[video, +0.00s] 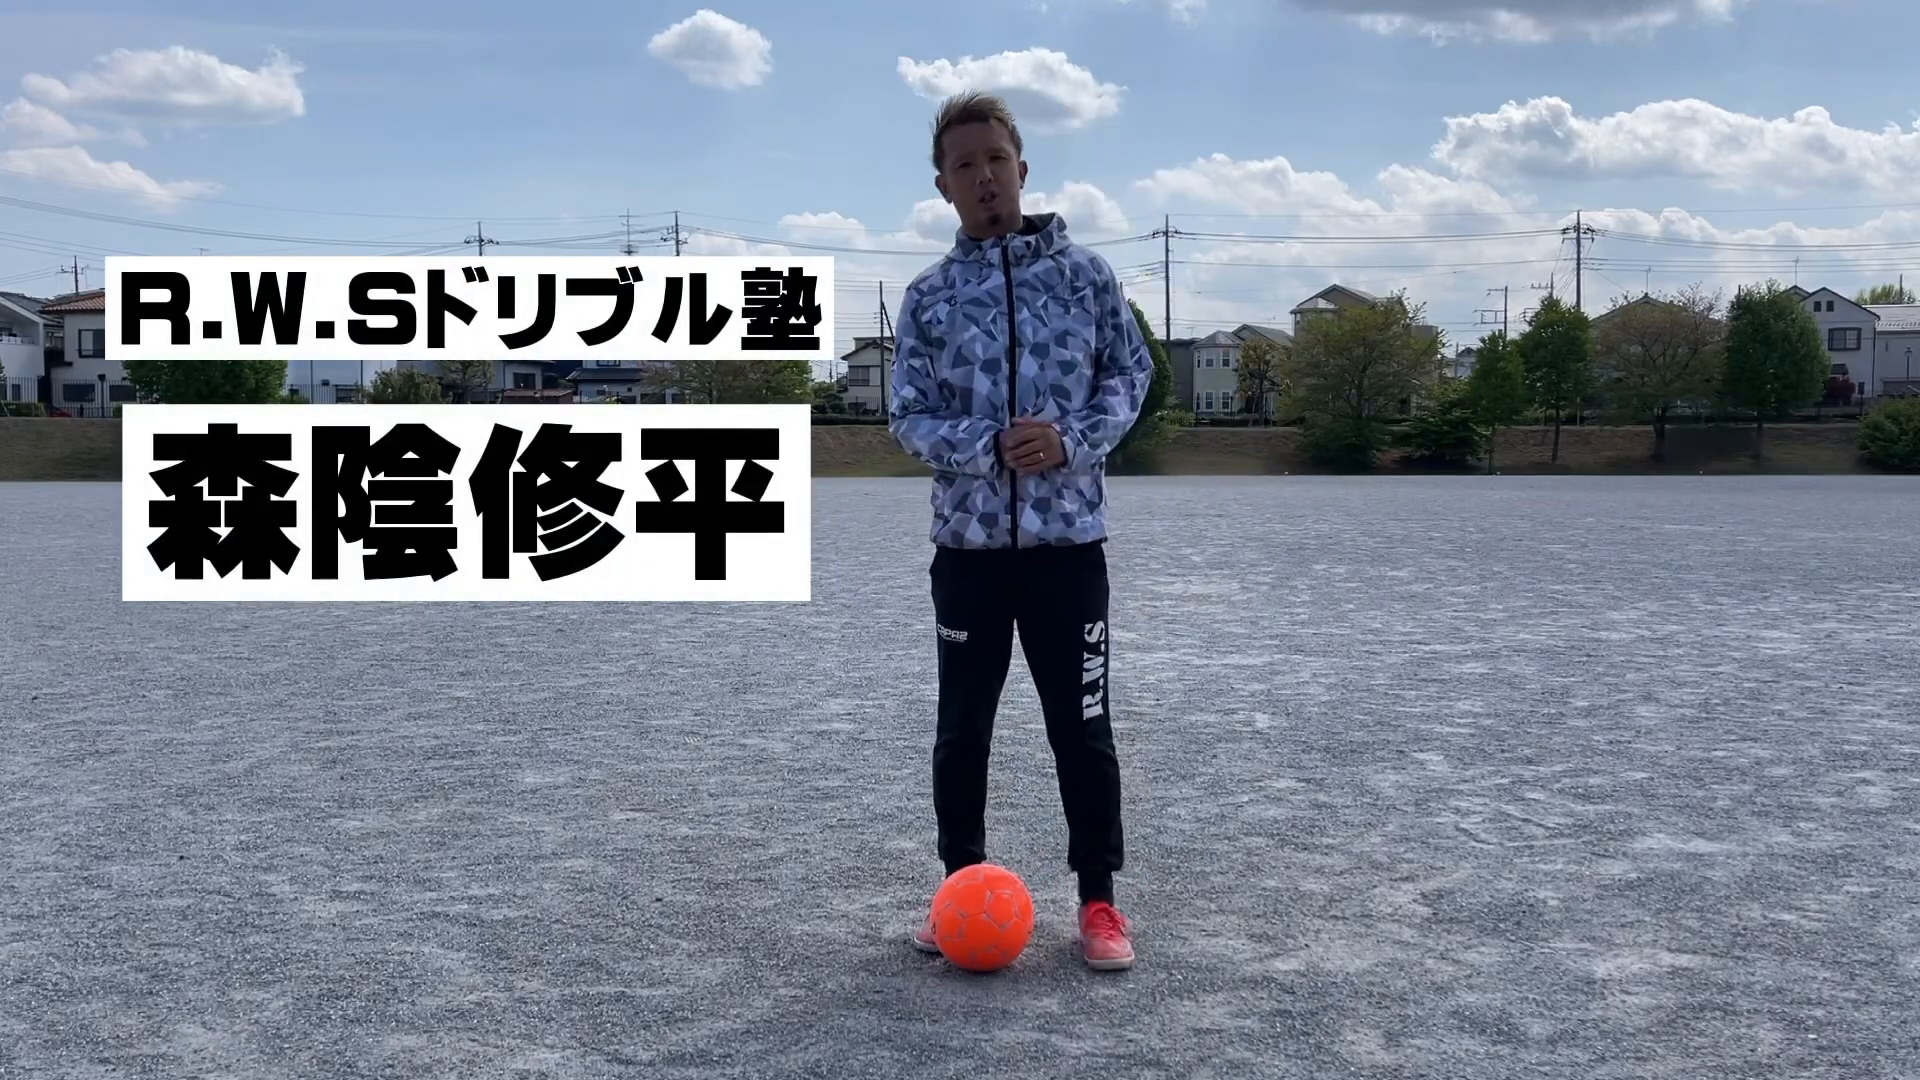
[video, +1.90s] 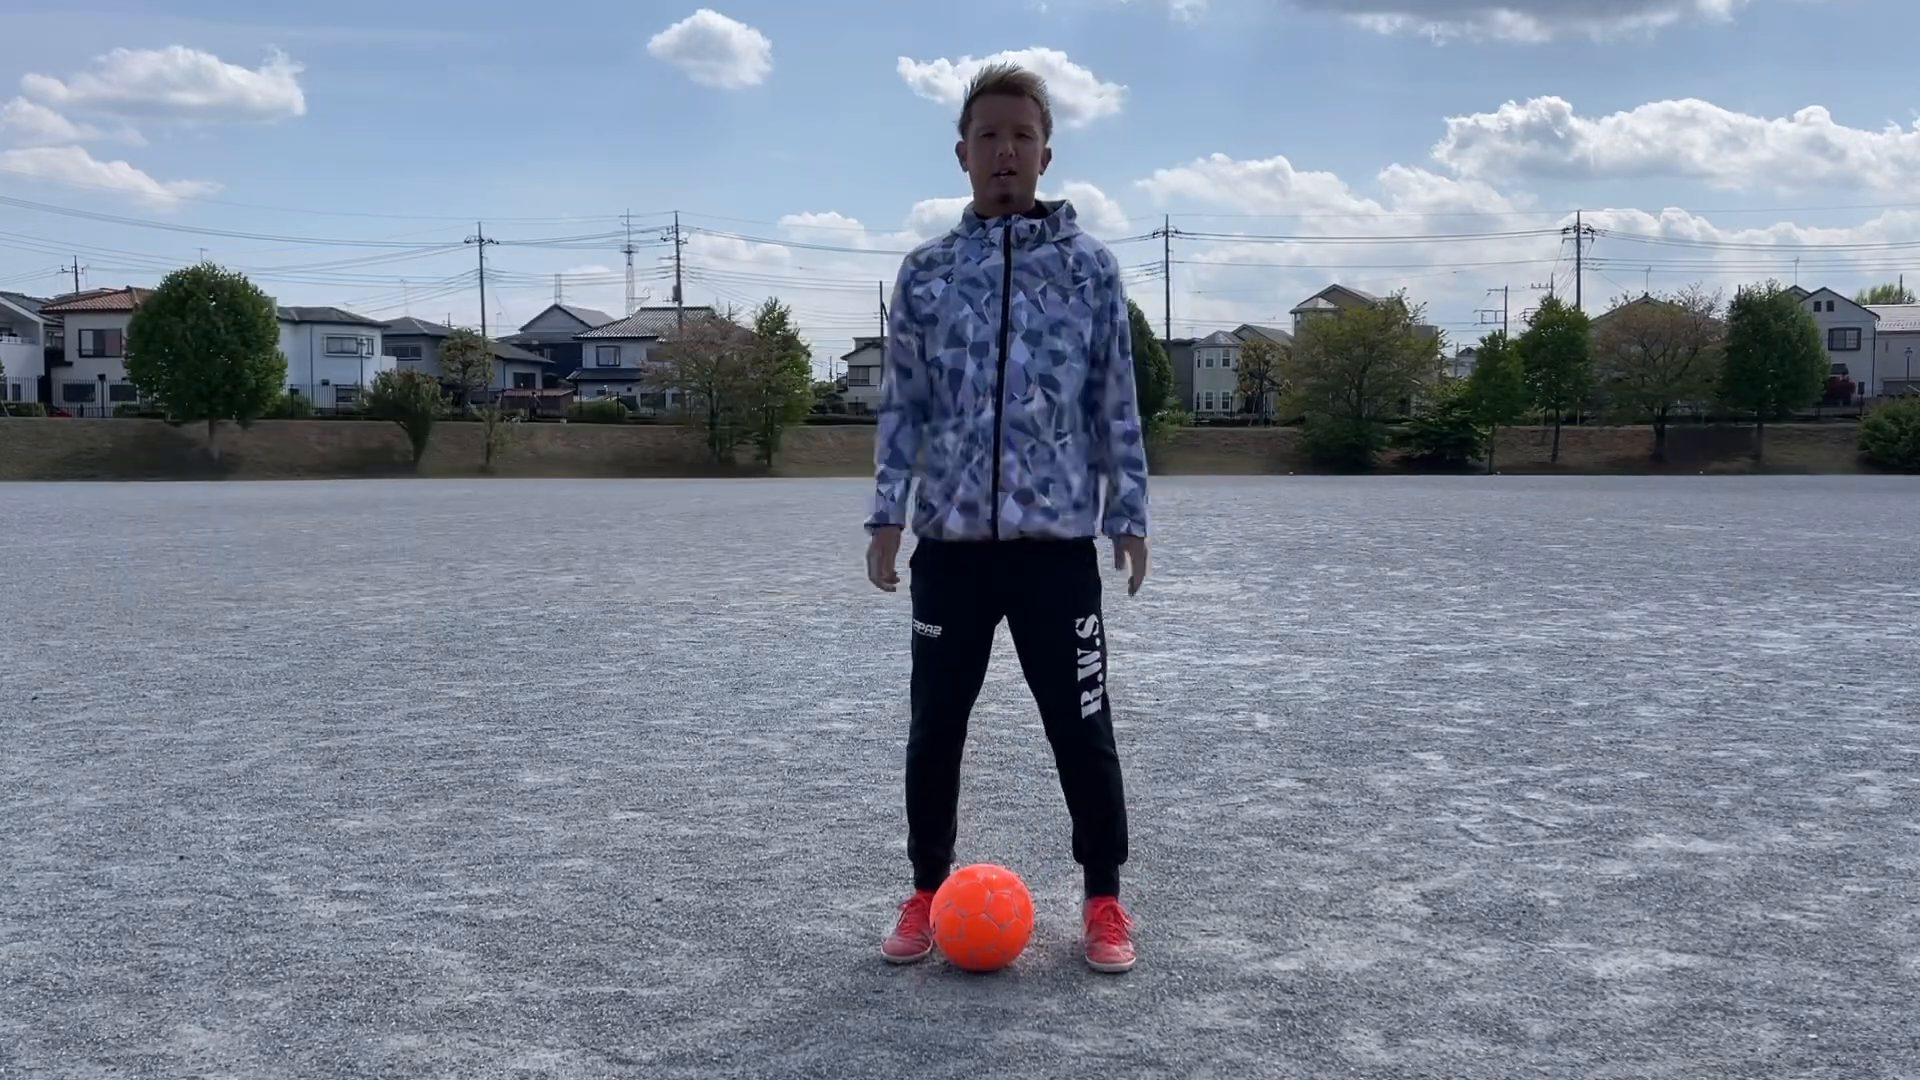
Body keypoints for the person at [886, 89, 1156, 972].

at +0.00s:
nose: (983, 176)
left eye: (994, 159)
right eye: (964, 166)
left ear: (1021, 165)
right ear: (943, 185)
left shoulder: (1085, 274)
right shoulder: (930, 295)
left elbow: (1132, 378)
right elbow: (908, 415)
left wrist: (1074, 438)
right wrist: (987, 447)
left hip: (1066, 540)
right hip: (969, 544)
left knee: (1082, 727)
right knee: (963, 727)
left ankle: (1099, 905)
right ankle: (962, 895)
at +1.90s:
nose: (1004, 151)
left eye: (1022, 136)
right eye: (988, 135)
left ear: (1046, 151)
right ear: (963, 150)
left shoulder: (1088, 265)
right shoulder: (927, 269)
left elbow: (1118, 400)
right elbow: (900, 404)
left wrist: (1129, 510)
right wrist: (886, 513)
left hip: (1056, 535)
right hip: (951, 535)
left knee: (1082, 725)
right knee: (933, 727)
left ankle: (1103, 901)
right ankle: (927, 894)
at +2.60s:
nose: (1036, 161)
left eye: (1052, 146)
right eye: (1019, 146)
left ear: (1073, 164)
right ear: (991, 163)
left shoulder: (1107, 279)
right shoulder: (952, 279)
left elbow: (1124, 389)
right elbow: (931, 401)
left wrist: (1064, 454)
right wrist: (998, 444)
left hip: (1069, 542)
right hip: (968, 540)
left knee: (1086, 730)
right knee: (947, 728)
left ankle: (1101, 905)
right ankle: (931, 897)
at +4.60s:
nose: (1016, 165)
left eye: (1035, 151)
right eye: (1004, 151)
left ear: (1071, 167)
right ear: (990, 166)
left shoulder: (1113, 281)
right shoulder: (955, 285)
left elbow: (1150, 394)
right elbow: (917, 400)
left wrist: (1060, 391)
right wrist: (981, 388)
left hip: (1070, 538)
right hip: (970, 538)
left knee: (1084, 728)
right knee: (950, 727)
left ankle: (1097, 898)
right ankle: (933, 894)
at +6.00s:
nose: (936, 169)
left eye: (948, 153)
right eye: (916, 156)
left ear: (971, 167)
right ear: (891, 178)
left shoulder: (1023, 279)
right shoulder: (867, 295)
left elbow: (1073, 384)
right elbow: (836, 414)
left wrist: (1002, 399)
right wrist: (918, 414)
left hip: (1012, 535)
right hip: (913, 540)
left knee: (1055, 708)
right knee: (916, 723)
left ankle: (1094, 886)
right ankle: (927, 892)